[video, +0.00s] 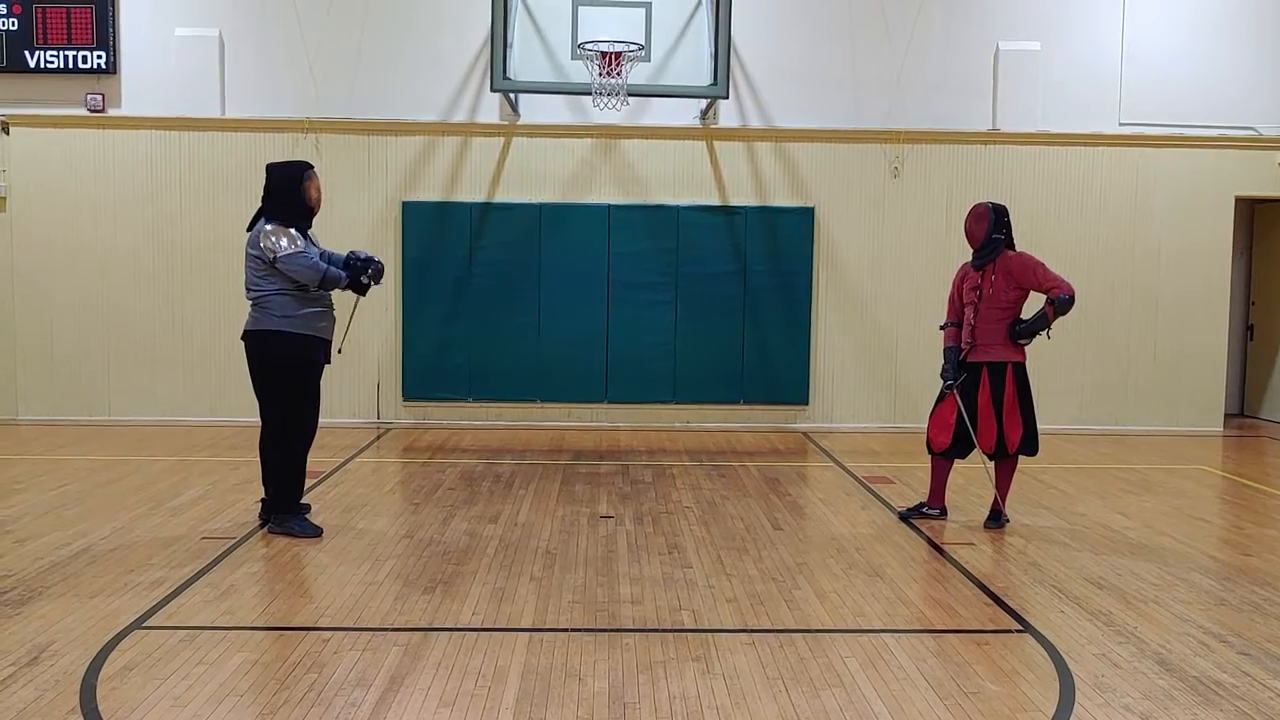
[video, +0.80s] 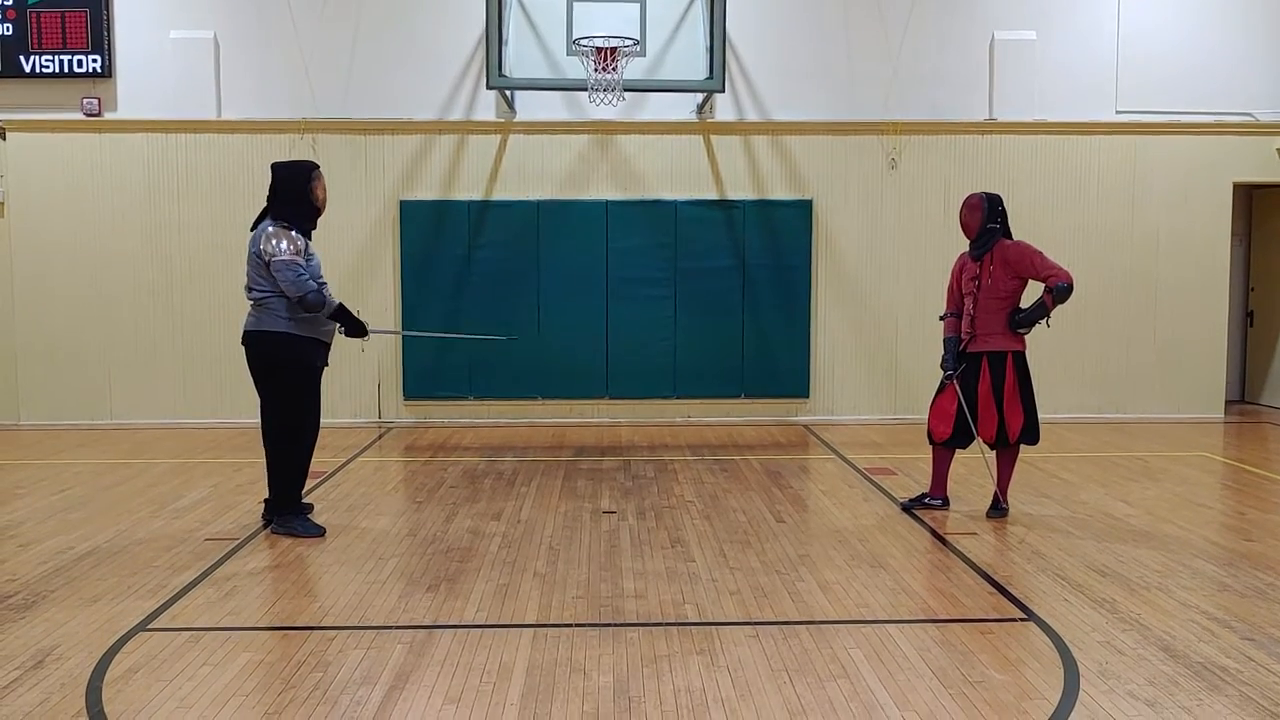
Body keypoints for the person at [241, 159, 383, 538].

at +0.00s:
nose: (319, 194)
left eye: (318, 187)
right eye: (314, 187)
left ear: (296, 191)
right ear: (295, 191)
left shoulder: (292, 232)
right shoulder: (274, 232)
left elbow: (320, 258)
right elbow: (309, 272)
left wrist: (354, 262)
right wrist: (346, 280)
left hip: (299, 342)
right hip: (279, 341)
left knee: (296, 424)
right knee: (287, 426)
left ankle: (282, 504)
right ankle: (282, 511)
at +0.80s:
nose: (324, 195)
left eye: (324, 187)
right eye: (319, 187)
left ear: (292, 190)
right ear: (301, 190)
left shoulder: (288, 233)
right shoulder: (279, 233)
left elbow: (305, 289)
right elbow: (301, 290)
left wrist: (340, 315)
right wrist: (342, 315)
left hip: (291, 340)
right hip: (280, 341)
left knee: (293, 423)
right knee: (292, 424)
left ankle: (285, 501)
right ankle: (282, 511)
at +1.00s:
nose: (325, 191)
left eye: (324, 182)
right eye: (320, 183)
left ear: (295, 187)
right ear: (301, 186)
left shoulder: (286, 227)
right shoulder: (278, 229)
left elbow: (254, 276)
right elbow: (296, 283)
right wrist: (340, 309)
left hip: (291, 337)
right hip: (277, 337)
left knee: (293, 419)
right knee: (288, 420)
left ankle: (283, 498)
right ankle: (283, 507)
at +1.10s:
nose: (324, 186)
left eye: (322, 178)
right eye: (318, 178)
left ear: (292, 183)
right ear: (300, 182)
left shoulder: (283, 222)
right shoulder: (278, 224)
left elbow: (249, 266)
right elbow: (295, 280)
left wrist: (242, 290)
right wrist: (339, 304)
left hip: (287, 334)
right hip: (277, 334)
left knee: (292, 416)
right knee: (288, 417)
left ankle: (283, 494)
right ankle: (283, 504)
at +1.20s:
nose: (320, 183)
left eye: (319, 175)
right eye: (315, 175)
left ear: (290, 179)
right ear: (297, 178)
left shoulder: (285, 220)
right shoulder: (275, 220)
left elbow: (297, 277)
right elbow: (295, 277)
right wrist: (338, 300)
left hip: (289, 332)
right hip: (276, 332)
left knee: (294, 413)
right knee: (286, 414)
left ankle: (284, 492)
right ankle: (282, 502)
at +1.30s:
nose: (317, 180)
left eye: (316, 172)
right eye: (312, 172)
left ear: (285, 177)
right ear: (294, 176)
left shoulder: (280, 217)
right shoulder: (275, 219)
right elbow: (294, 275)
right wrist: (338, 296)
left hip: (287, 328)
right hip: (276, 328)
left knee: (294, 411)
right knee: (286, 411)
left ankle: (283, 489)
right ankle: (281, 499)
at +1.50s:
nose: (313, 177)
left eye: (311, 169)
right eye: (308, 169)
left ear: (281, 174)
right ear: (291, 173)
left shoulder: (276, 213)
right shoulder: (272, 215)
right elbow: (295, 271)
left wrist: (244, 285)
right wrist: (337, 296)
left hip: (284, 323)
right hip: (277, 324)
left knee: (286, 407)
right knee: (287, 407)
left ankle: (280, 487)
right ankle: (283, 494)